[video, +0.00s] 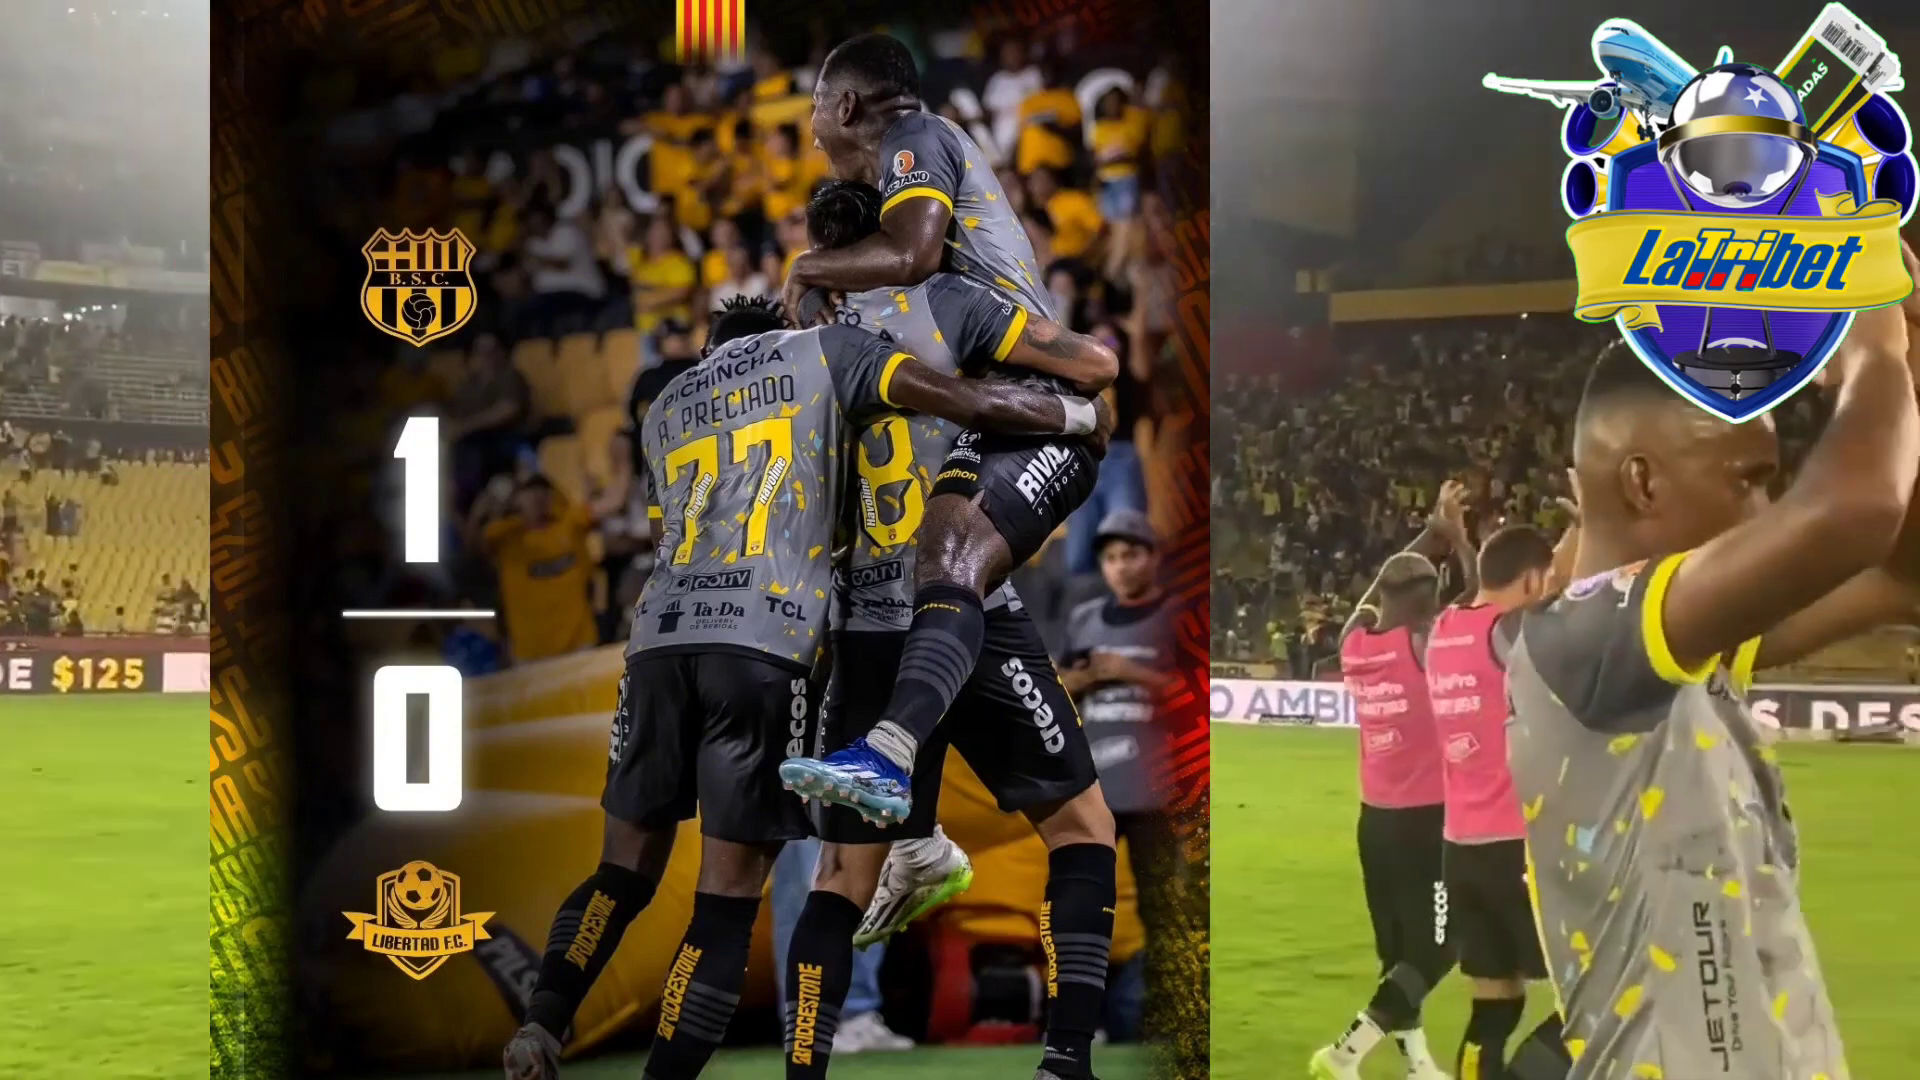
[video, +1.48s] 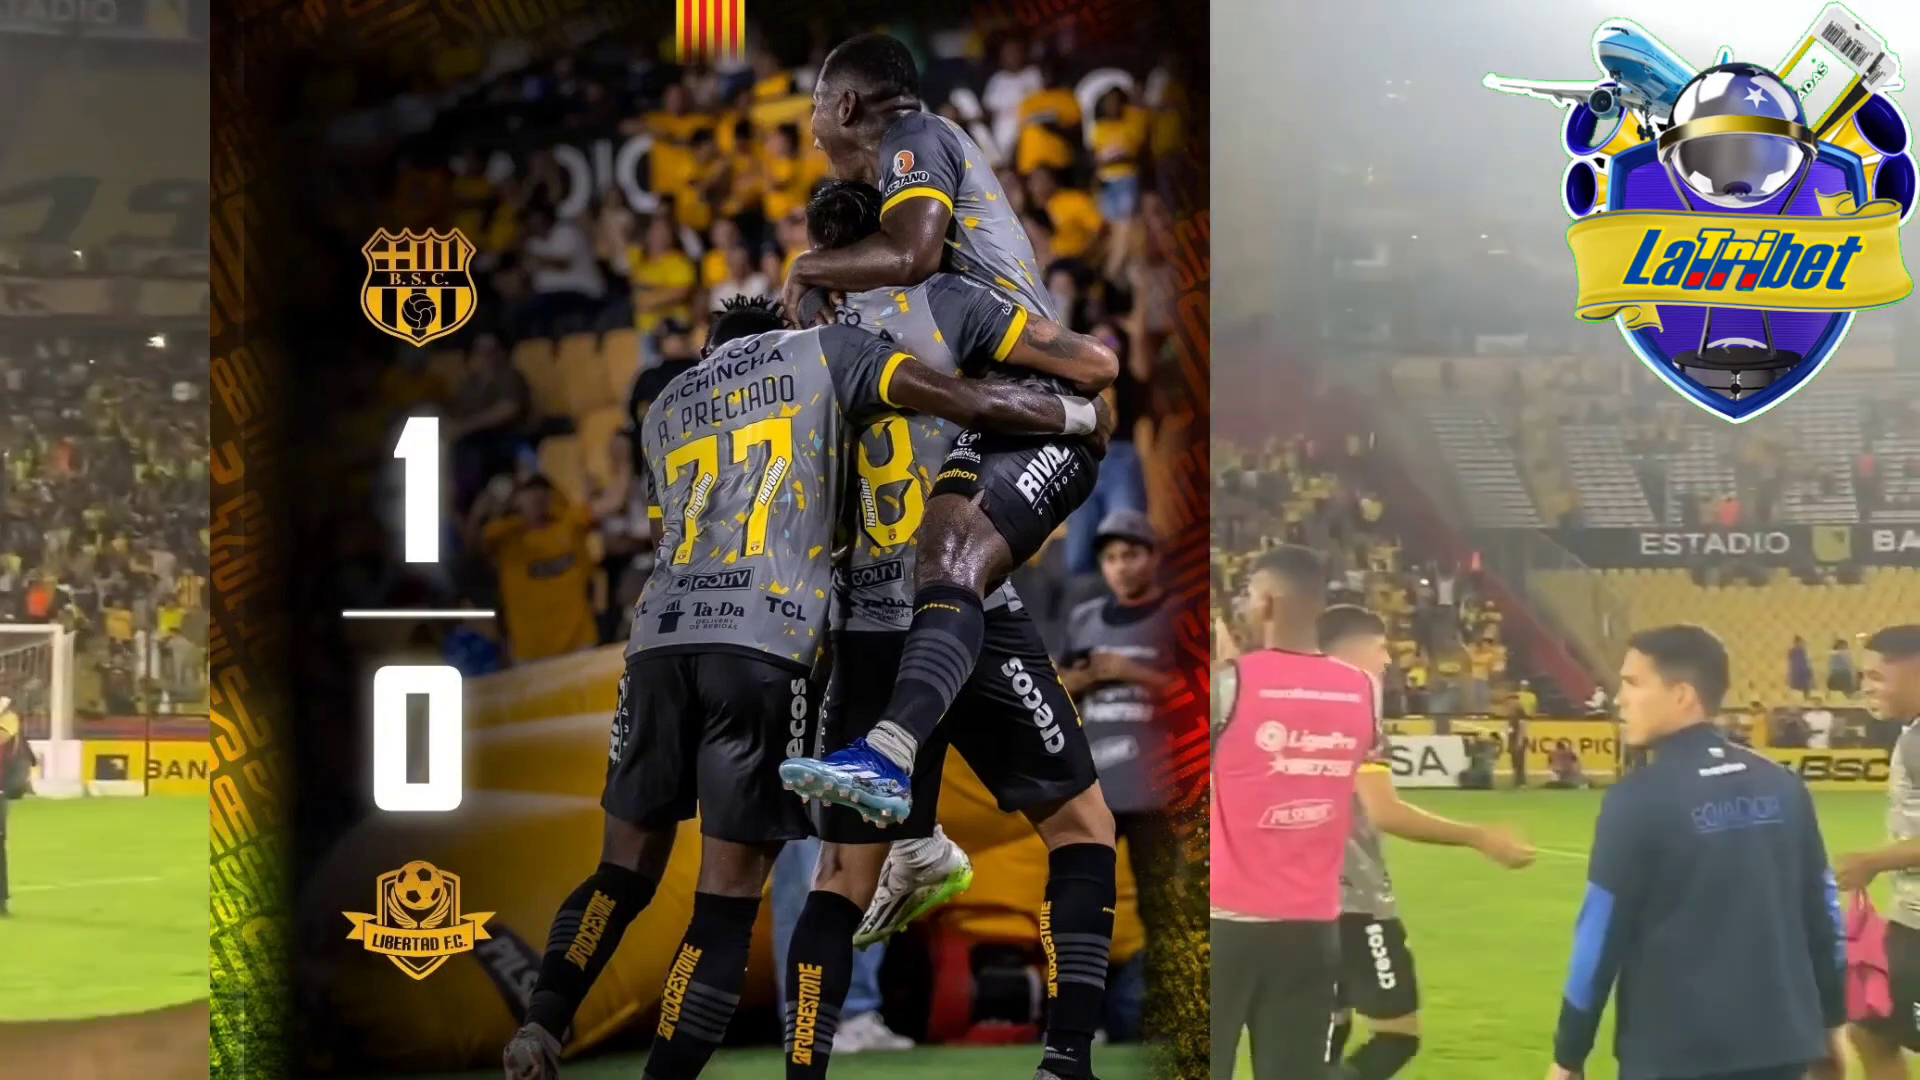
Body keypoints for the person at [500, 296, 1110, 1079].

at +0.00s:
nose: (828, 326)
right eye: (816, 319)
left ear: (709, 345)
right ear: (792, 324)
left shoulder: (661, 406)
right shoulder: (829, 348)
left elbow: (681, 519)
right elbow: (969, 399)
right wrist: (1087, 418)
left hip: (658, 648)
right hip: (762, 648)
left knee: (623, 865)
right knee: (728, 891)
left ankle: (542, 1027)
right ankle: (667, 1076)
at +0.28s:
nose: (828, 325)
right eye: (816, 318)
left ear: (708, 345)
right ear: (790, 323)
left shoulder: (660, 407)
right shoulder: (830, 348)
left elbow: (679, 522)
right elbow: (973, 400)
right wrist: (1089, 417)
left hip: (657, 648)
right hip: (762, 648)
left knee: (623, 865)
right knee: (728, 892)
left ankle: (542, 1027)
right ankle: (667, 1075)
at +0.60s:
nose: (826, 325)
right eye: (814, 319)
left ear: (710, 345)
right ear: (793, 324)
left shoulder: (661, 406)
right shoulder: (829, 348)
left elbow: (682, 519)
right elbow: (970, 399)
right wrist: (1086, 418)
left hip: (657, 648)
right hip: (762, 649)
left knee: (623, 865)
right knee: (727, 892)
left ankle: (542, 1027)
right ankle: (667, 1075)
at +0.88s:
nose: (826, 325)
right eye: (814, 319)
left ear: (709, 346)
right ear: (792, 324)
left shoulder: (660, 405)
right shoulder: (830, 348)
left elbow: (680, 520)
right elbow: (970, 400)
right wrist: (1088, 417)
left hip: (657, 648)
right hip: (762, 649)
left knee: (623, 865)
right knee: (727, 892)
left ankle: (542, 1028)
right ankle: (667, 1075)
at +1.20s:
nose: (828, 325)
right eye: (816, 318)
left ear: (708, 345)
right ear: (790, 323)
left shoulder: (660, 407)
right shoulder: (830, 348)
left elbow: (679, 522)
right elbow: (973, 400)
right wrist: (1089, 417)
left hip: (657, 648)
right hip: (762, 648)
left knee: (623, 865)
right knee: (728, 892)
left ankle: (542, 1027)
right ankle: (667, 1075)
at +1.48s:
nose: (824, 324)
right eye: (812, 317)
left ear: (708, 346)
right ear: (791, 323)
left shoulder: (659, 403)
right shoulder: (831, 348)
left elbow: (677, 520)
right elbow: (971, 400)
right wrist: (1088, 417)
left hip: (657, 648)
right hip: (761, 648)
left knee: (623, 865)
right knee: (727, 892)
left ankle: (541, 1027)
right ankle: (667, 1075)